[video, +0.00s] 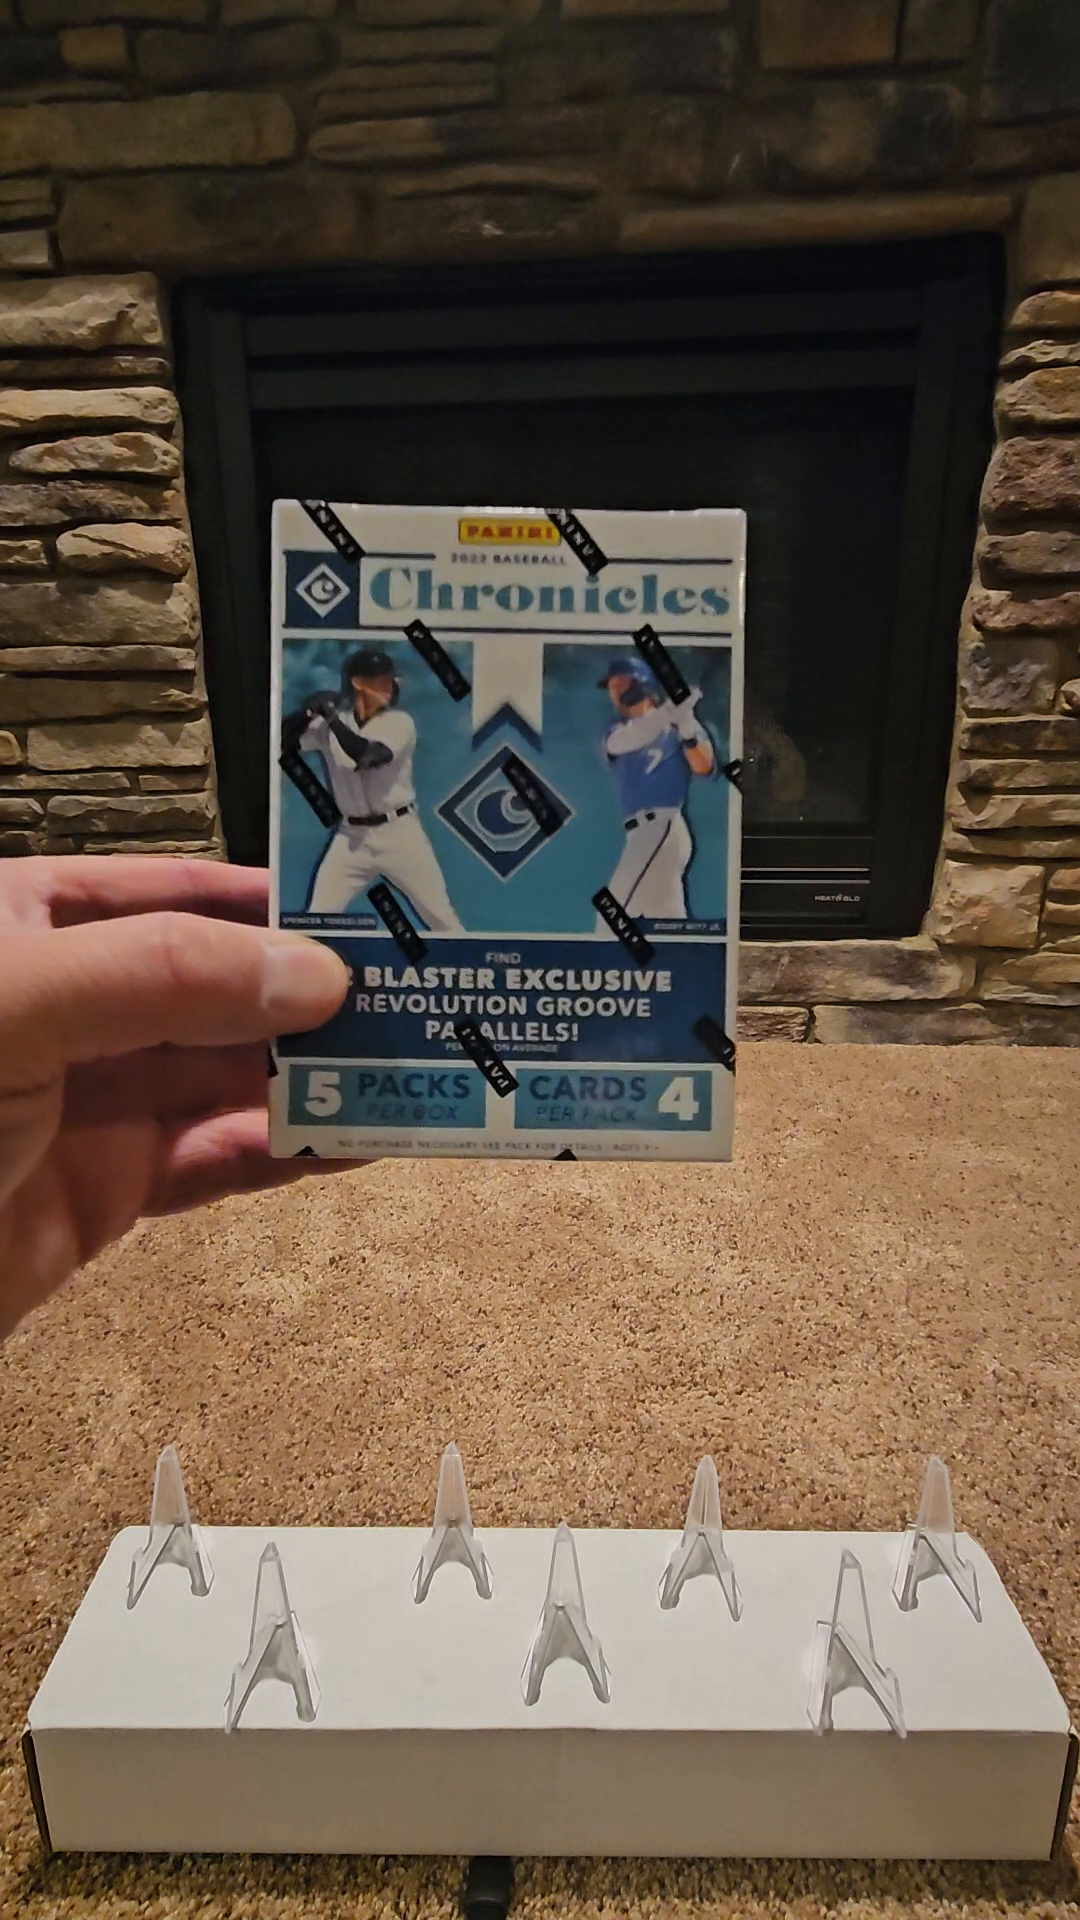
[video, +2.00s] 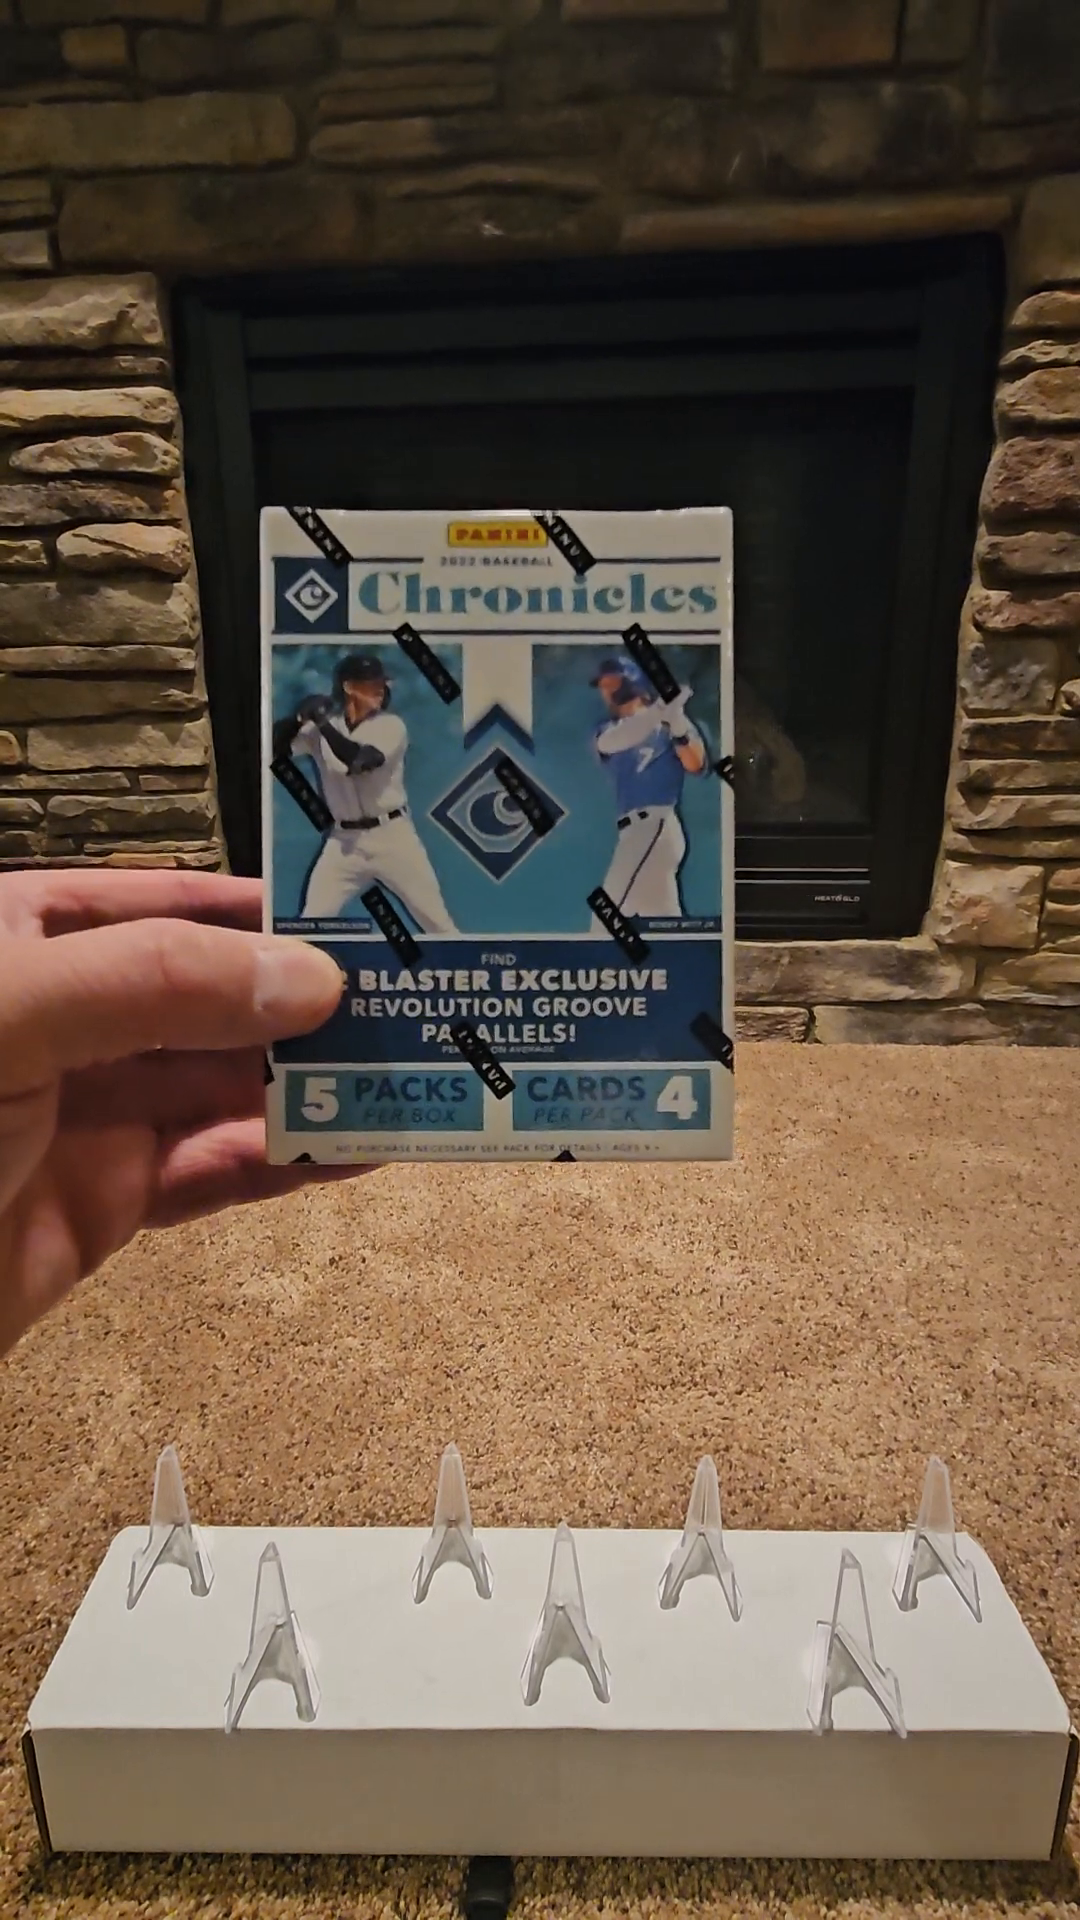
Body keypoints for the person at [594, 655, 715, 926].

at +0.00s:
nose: (614, 693)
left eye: (621, 684)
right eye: (611, 687)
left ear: (641, 685)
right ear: (609, 692)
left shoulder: (679, 723)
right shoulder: (616, 732)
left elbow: (704, 768)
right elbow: (628, 740)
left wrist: (686, 725)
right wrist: (669, 711)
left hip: (663, 830)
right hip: (641, 833)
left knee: (612, 915)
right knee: (670, 927)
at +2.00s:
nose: (607, 693)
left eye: (613, 684)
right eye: (603, 686)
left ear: (633, 686)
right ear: (600, 690)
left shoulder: (673, 721)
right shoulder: (607, 730)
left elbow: (696, 766)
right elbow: (614, 742)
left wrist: (677, 722)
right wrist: (658, 712)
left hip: (655, 829)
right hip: (633, 832)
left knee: (607, 916)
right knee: (665, 925)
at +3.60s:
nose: (619, 660)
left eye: (627, 649)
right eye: (615, 652)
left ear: (649, 650)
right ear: (610, 657)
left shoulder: (689, 690)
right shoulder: (616, 700)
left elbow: (715, 740)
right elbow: (628, 712)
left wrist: (698, 693)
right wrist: (674, 681)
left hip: (671, 809)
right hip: (645, 813)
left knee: (616, 907)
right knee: (678, 918)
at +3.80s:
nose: (600, 614)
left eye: (608, 603)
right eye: (595, 605)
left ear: (629, 602)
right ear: (589, 610)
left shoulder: (670, 643)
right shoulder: (595, 655)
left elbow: (698, 696)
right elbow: (624, 658)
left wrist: (679, 648)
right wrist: (660, 627)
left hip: (652, 768)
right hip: (625, 771)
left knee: (594, 868)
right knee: (659, 880)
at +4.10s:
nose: (622, 558)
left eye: (630, 547)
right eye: (617, 550)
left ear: (656, 549)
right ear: (613, 556)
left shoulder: (699, 592)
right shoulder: (622, 606)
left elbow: (732, 649)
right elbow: (642, 614)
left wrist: (710, 594)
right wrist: (682, 583)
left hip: (682, 727)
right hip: (653, 731)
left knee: (621, 835)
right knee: (693, 848)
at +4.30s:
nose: (644, 525)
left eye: (653, 513)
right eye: (641, 516)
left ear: (681, 514)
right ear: (638, 521)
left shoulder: (735, 562)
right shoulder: (652, 575)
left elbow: (765, 621)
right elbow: (655, 590)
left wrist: (742, 562)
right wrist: (718, 546)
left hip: (711, 704)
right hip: (682, 709)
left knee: (647, 819)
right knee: (721, 833)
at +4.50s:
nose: (679, 509)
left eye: (688, 496)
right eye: (674, 500)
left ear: (717, 497)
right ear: (670, 506)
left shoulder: (769, 547)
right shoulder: (680, 562)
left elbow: (801, 609)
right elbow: (698, 572)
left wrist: (777, 546)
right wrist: (757, 528)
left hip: (744, 697)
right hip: (713, 702)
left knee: (676, 816)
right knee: (753, 832)